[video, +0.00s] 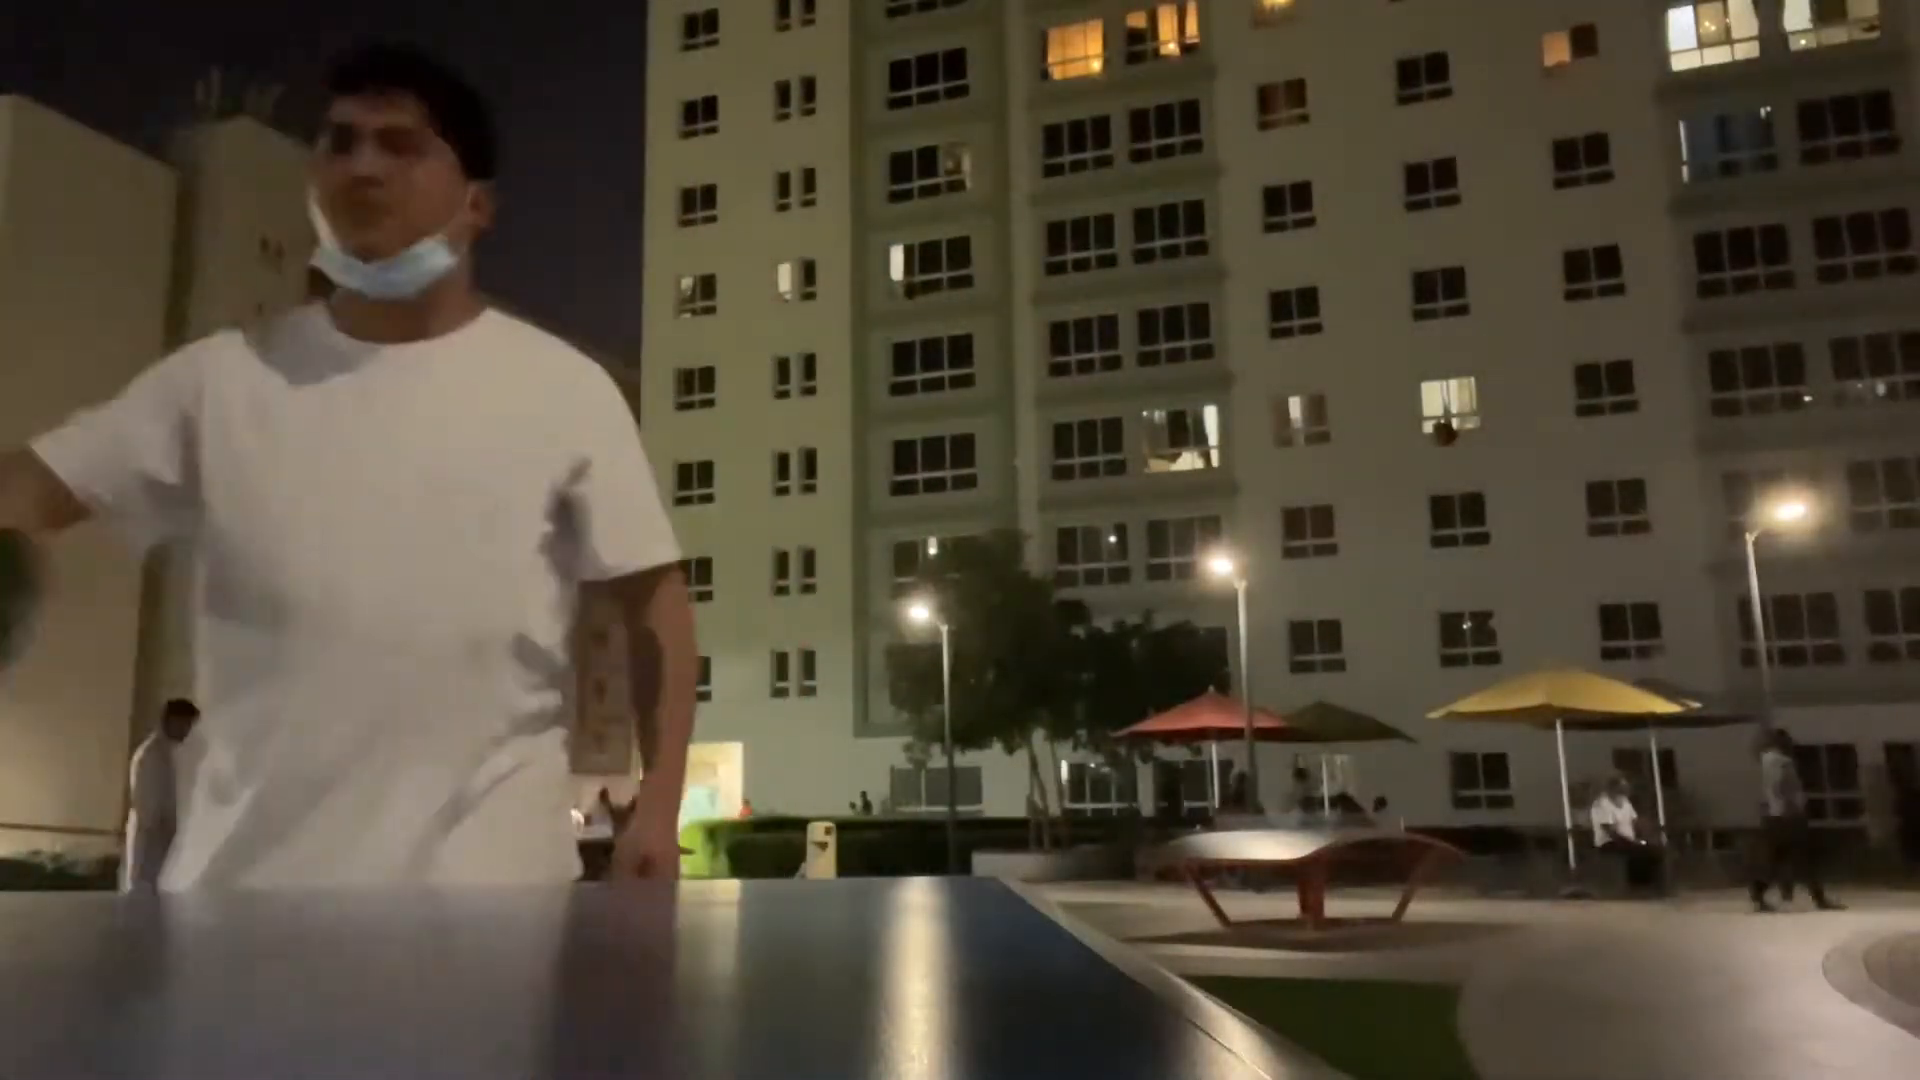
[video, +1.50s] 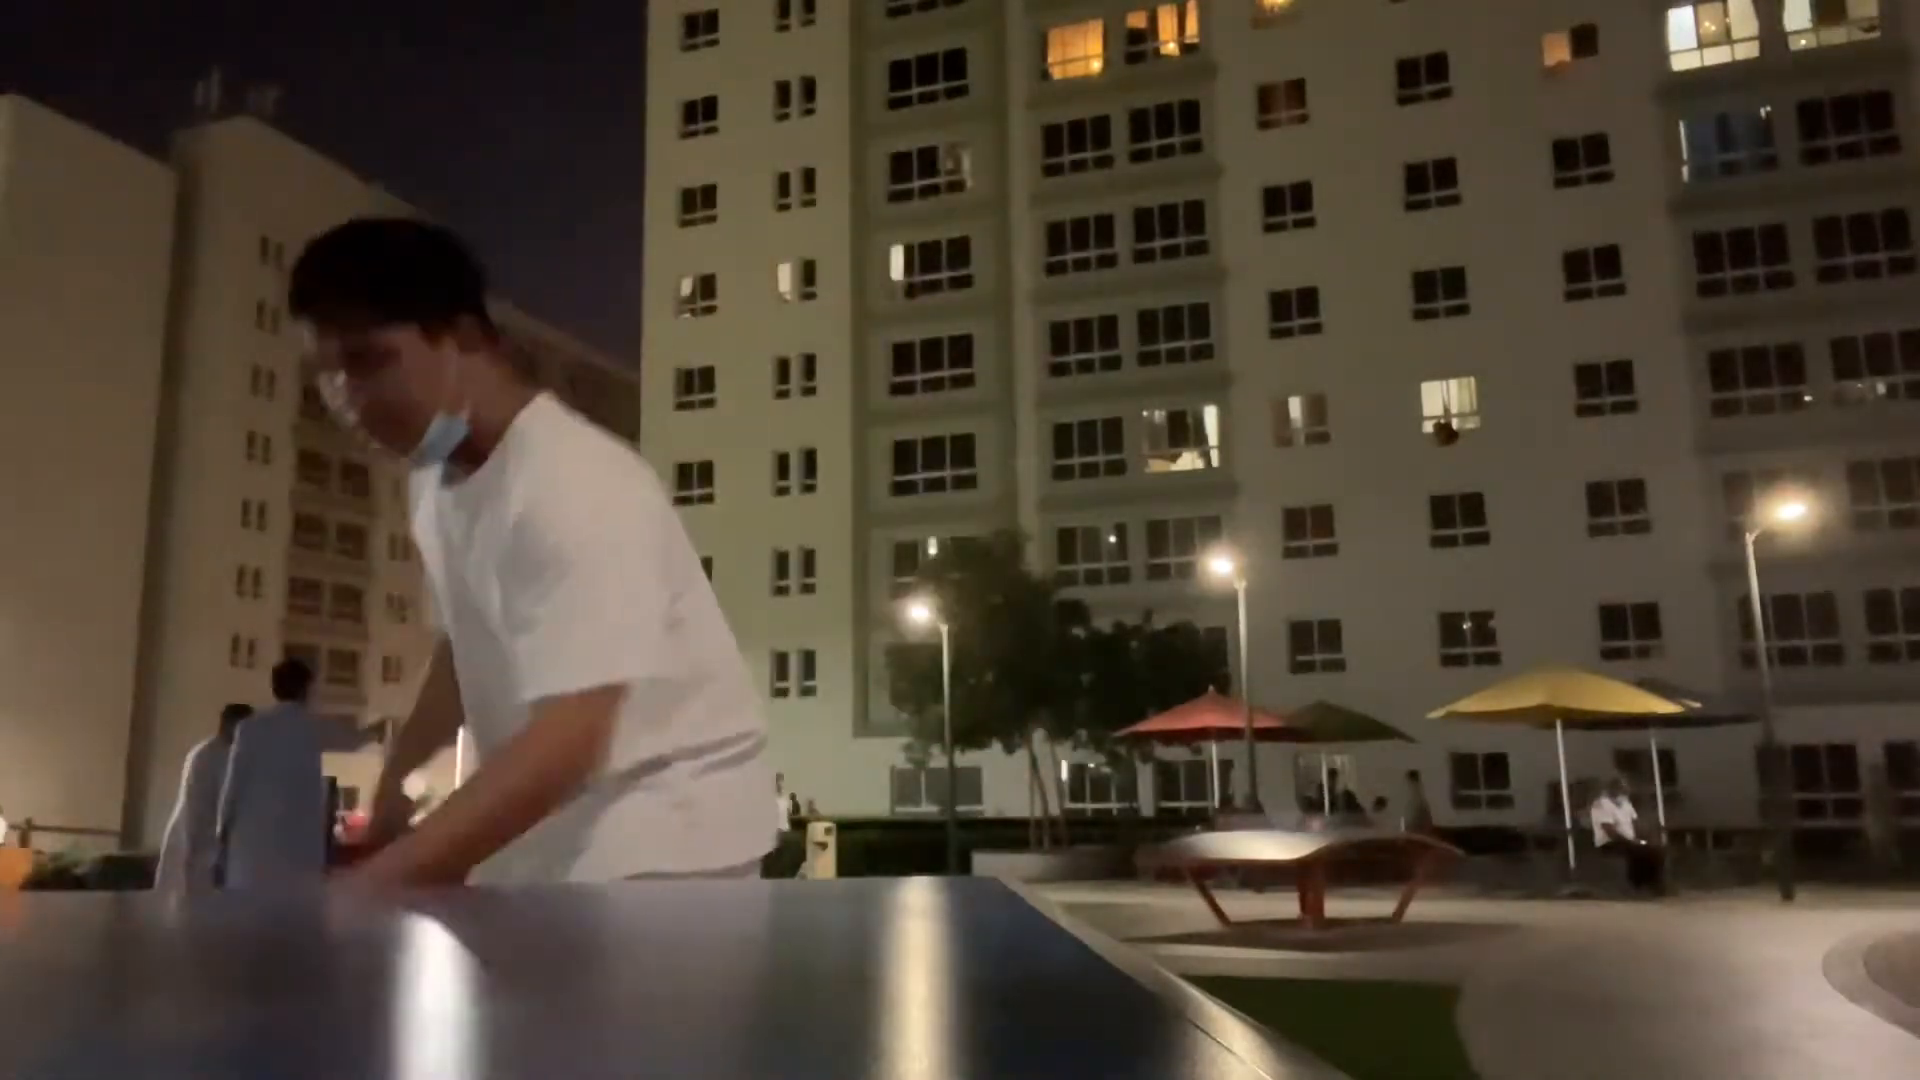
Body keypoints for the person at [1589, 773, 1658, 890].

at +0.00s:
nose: (1622, 796)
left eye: (1624, 793)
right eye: (1620, 793)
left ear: (1625, 792)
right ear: (1613, 790)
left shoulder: (1624, 801)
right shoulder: (1602, 804)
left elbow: (1634, 820)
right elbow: (1609, 830)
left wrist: (1641, 836)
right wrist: (1631, 841)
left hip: (1629, 839)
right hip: (1609, 842)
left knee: (1654, 850)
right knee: (1640, 853)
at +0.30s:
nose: (1622, 798)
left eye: (1624, 794)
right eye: (1620, 794)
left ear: (1625, 793)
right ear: (1613, 792)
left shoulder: (1624, 801)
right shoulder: (1602, 804)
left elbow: (1635, 820)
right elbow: (1609, 829)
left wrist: (1645, 835)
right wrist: (1632, 842)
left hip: (1628, 839)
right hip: (1608, 842)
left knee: (1652, 850)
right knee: (1639, 852)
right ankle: (1638, 888)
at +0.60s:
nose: (1624, 792)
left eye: (1625, 788)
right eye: (1621, 788)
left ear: (1626, 788)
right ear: (1613, 789)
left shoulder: (1624, 801)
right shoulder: (1602, 804)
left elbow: (1634, 820)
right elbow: (1608, 829)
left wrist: (1640, 837)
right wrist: (1633, 842)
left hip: (1628, 840)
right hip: (1609, 843)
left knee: (1651, 851)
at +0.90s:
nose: (1625, 790)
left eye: (1626, 787)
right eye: (1622, 788)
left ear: (1627, 787)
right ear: (1613, 788)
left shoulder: (1624, 800)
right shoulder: (1602, 803)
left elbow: (1634, 820)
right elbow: (1608, 828)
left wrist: (1639, 837)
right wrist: (1632, 842)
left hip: (1628, 840)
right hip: (1609, 844)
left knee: (1652, 850)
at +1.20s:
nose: (1625, 791)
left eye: (1625, 788)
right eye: (1621, 788)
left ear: (1627, 788)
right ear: (1613, 789)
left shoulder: (1624, 801)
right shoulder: (1602, 804)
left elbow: (1633, 820)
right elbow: (1608, 828)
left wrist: (1636, 837)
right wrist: (1629, 841)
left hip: (1628, 840)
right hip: (1608, 843)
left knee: (1651, 851)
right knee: (1637, 853)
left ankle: (1651, 885)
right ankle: (1636, 886)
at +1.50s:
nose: (1622, 793)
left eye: (1624, 790)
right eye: (1620, 790)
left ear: (1625, 790)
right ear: (1612, 789)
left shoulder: (1624, 802)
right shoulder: (1602, 804)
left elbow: (1634, 821)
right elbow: (1609, 829)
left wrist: (1639, 837)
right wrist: (1632, 842)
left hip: (1628, 840)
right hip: (1609, 843)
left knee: (1652, 851)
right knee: (1638, 853)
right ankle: (1636, 886)